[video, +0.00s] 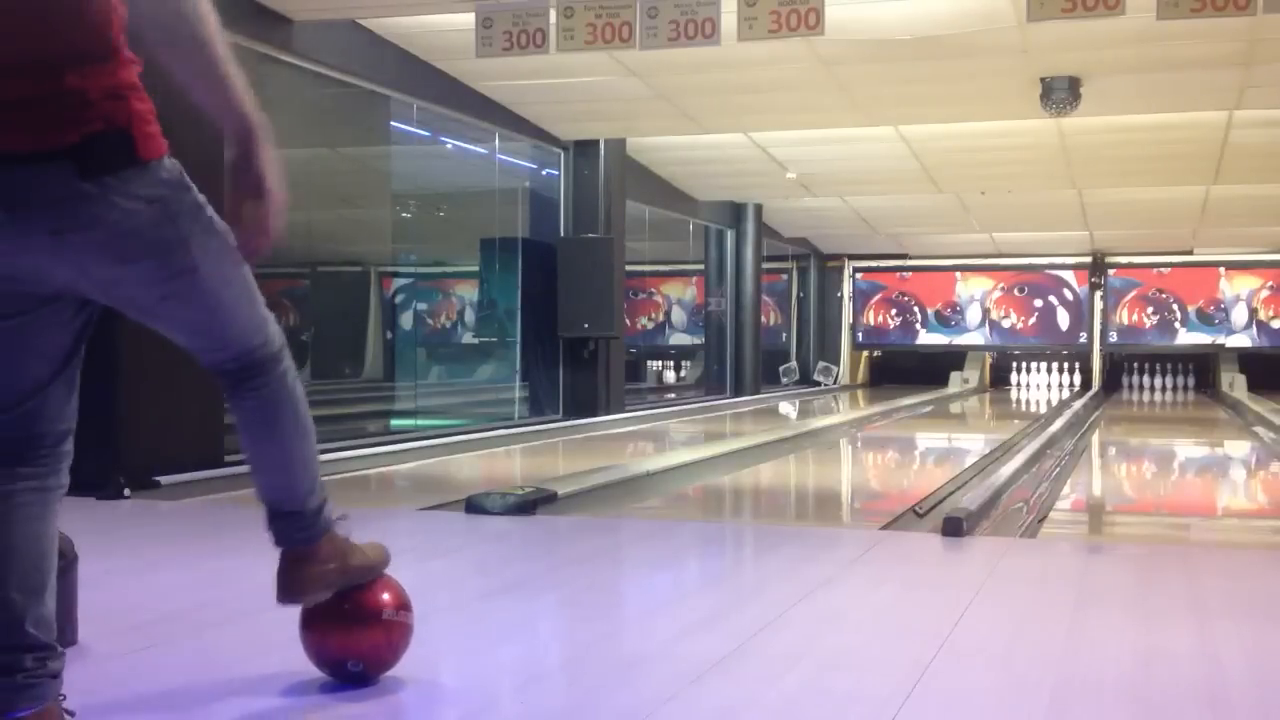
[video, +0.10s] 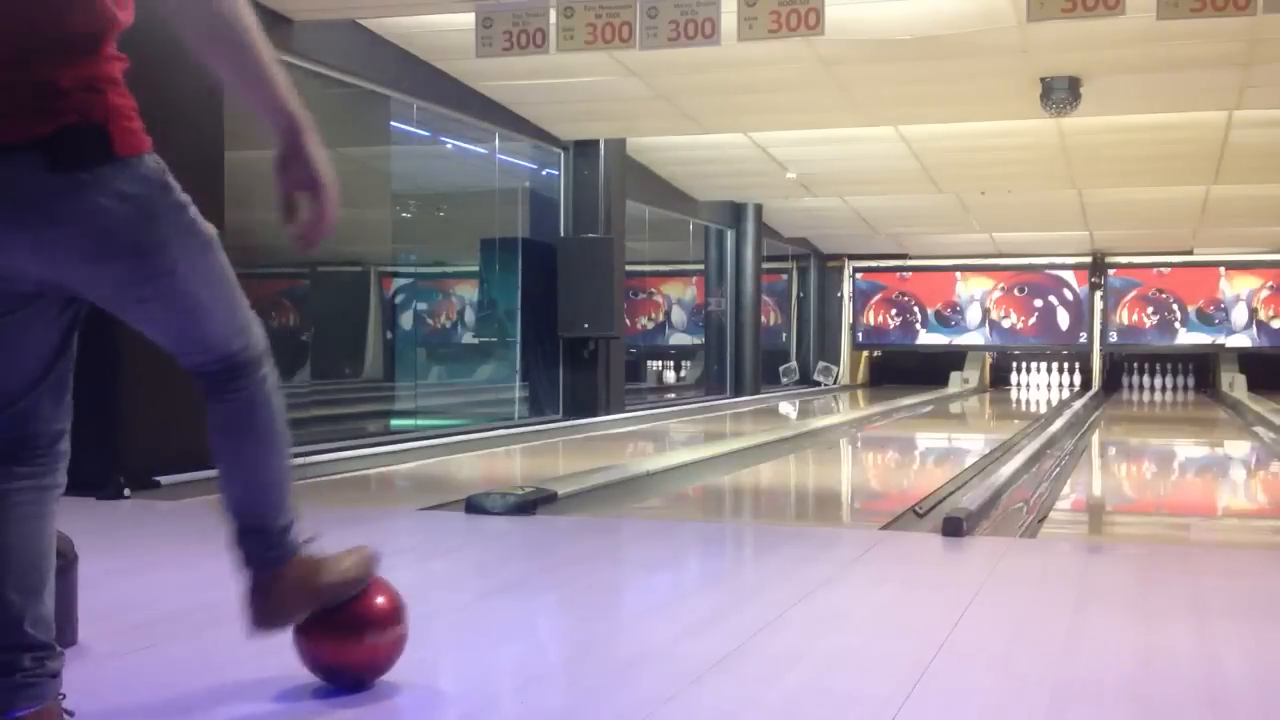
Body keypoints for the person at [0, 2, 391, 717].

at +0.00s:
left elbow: (155, 10)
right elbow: (157, 5)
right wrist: (245, 129)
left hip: (9, 187)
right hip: (102, 167)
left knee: (25, 463)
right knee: (254, 360)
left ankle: (25, 696)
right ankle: (310, 545)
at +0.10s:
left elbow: (198, 11)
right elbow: (200, 8)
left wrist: (288, 125)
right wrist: (292, 125)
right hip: (81, 156)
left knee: (22, 461)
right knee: (235, 364)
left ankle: (25, 694)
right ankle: (275, 566)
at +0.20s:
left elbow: (222, 10)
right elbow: (219, 7)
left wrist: (310, 130)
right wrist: (313, 129)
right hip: (60, 143)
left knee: (19, 456)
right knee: (198, 380)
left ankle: (21, 695)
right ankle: (203, 629)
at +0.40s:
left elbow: (203, 54)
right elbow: (201, 49)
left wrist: (287, 205)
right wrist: (286, 204)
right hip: (47, 157)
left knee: (29, 447)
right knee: (147, 429)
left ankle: (23, 696)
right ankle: (149, 682)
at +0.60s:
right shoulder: (210, 9)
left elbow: (239, 156)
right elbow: (236, 155)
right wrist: (303, 338)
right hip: (45, 119)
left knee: (13, 428)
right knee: (151, 297)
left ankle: (16, 680)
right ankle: (135, 544)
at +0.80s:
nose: (303, 18)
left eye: (303, 17)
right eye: (300, 12)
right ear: (282, 1)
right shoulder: (242, 5)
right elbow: (282, 174)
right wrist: (355, 311)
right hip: (66, 159)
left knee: (7, 456)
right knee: (186, 204)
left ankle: (15, 690)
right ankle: (129, 438)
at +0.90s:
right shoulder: (260, 4)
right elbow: (275, 143)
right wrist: (337, 298)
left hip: (17, 149)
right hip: (102, 137)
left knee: (20, 431)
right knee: (221, 172)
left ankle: (23, 679)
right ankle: (216, 408)